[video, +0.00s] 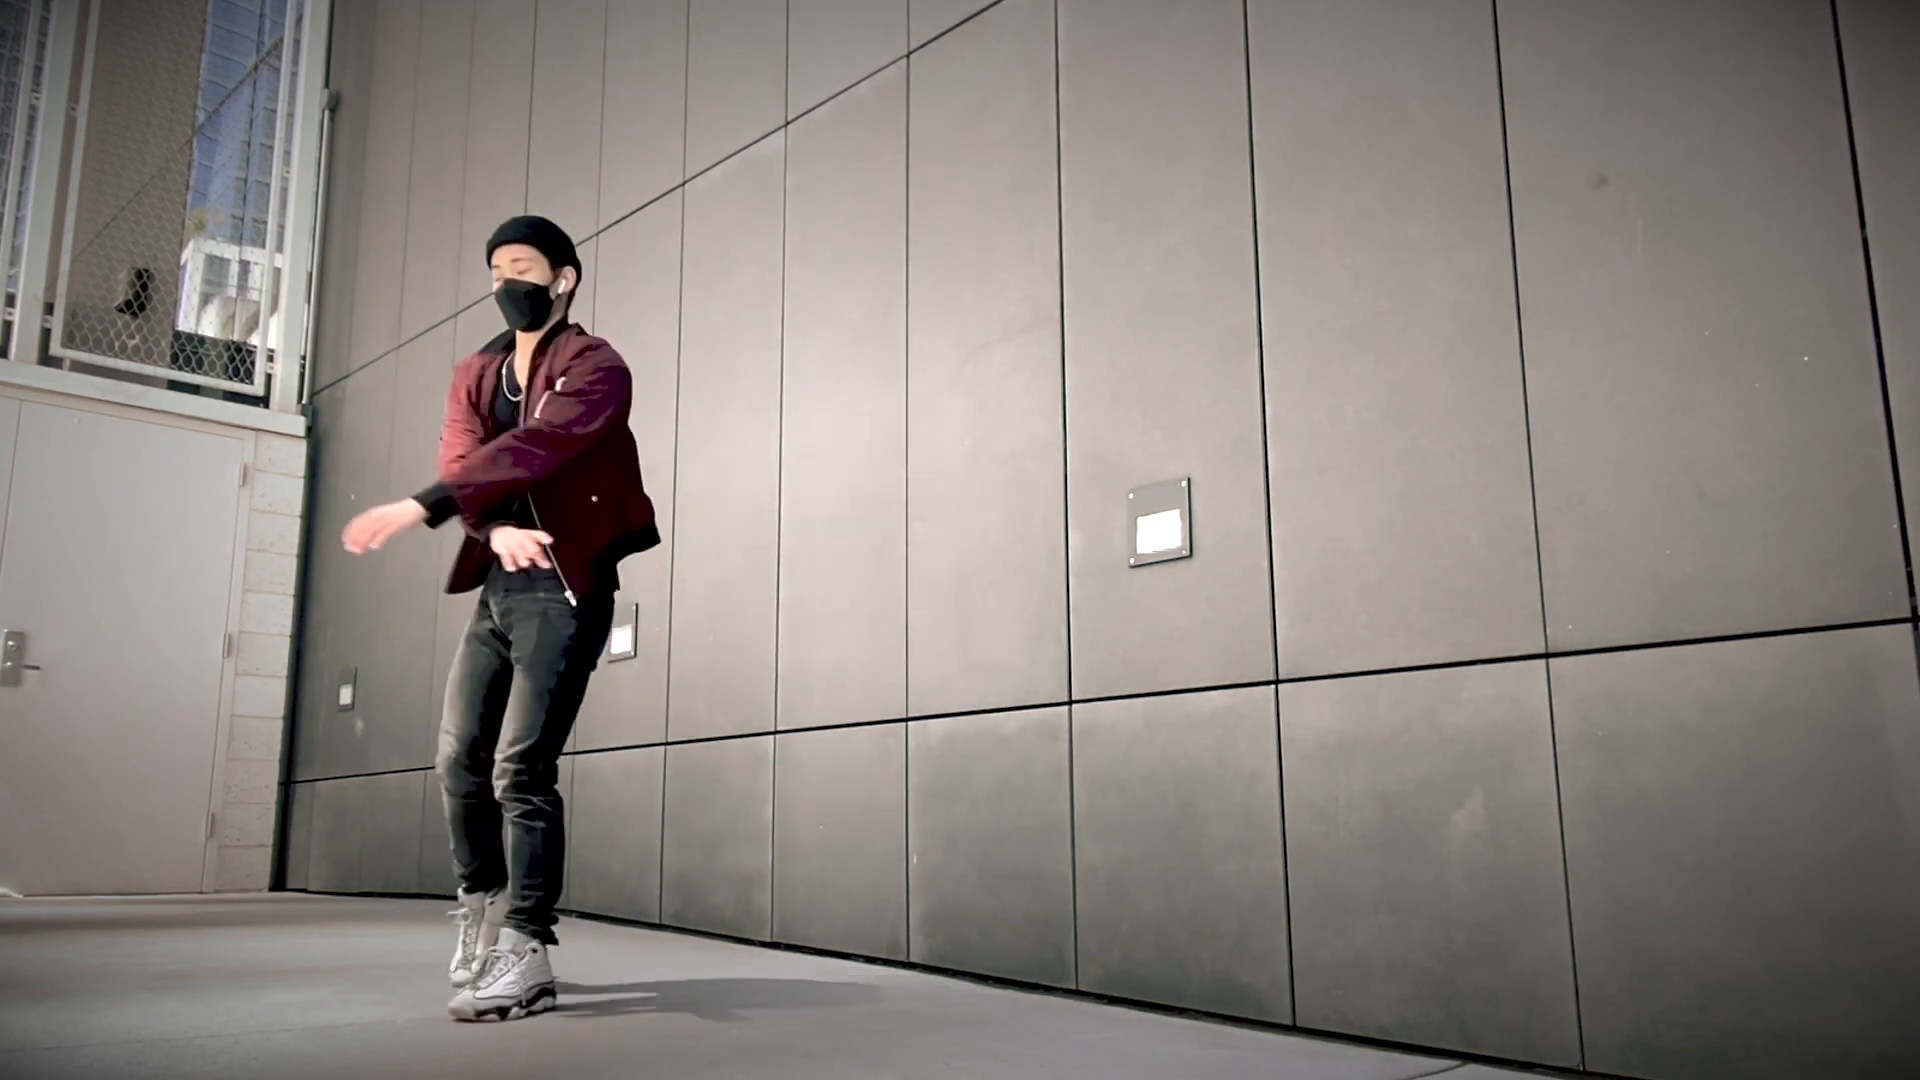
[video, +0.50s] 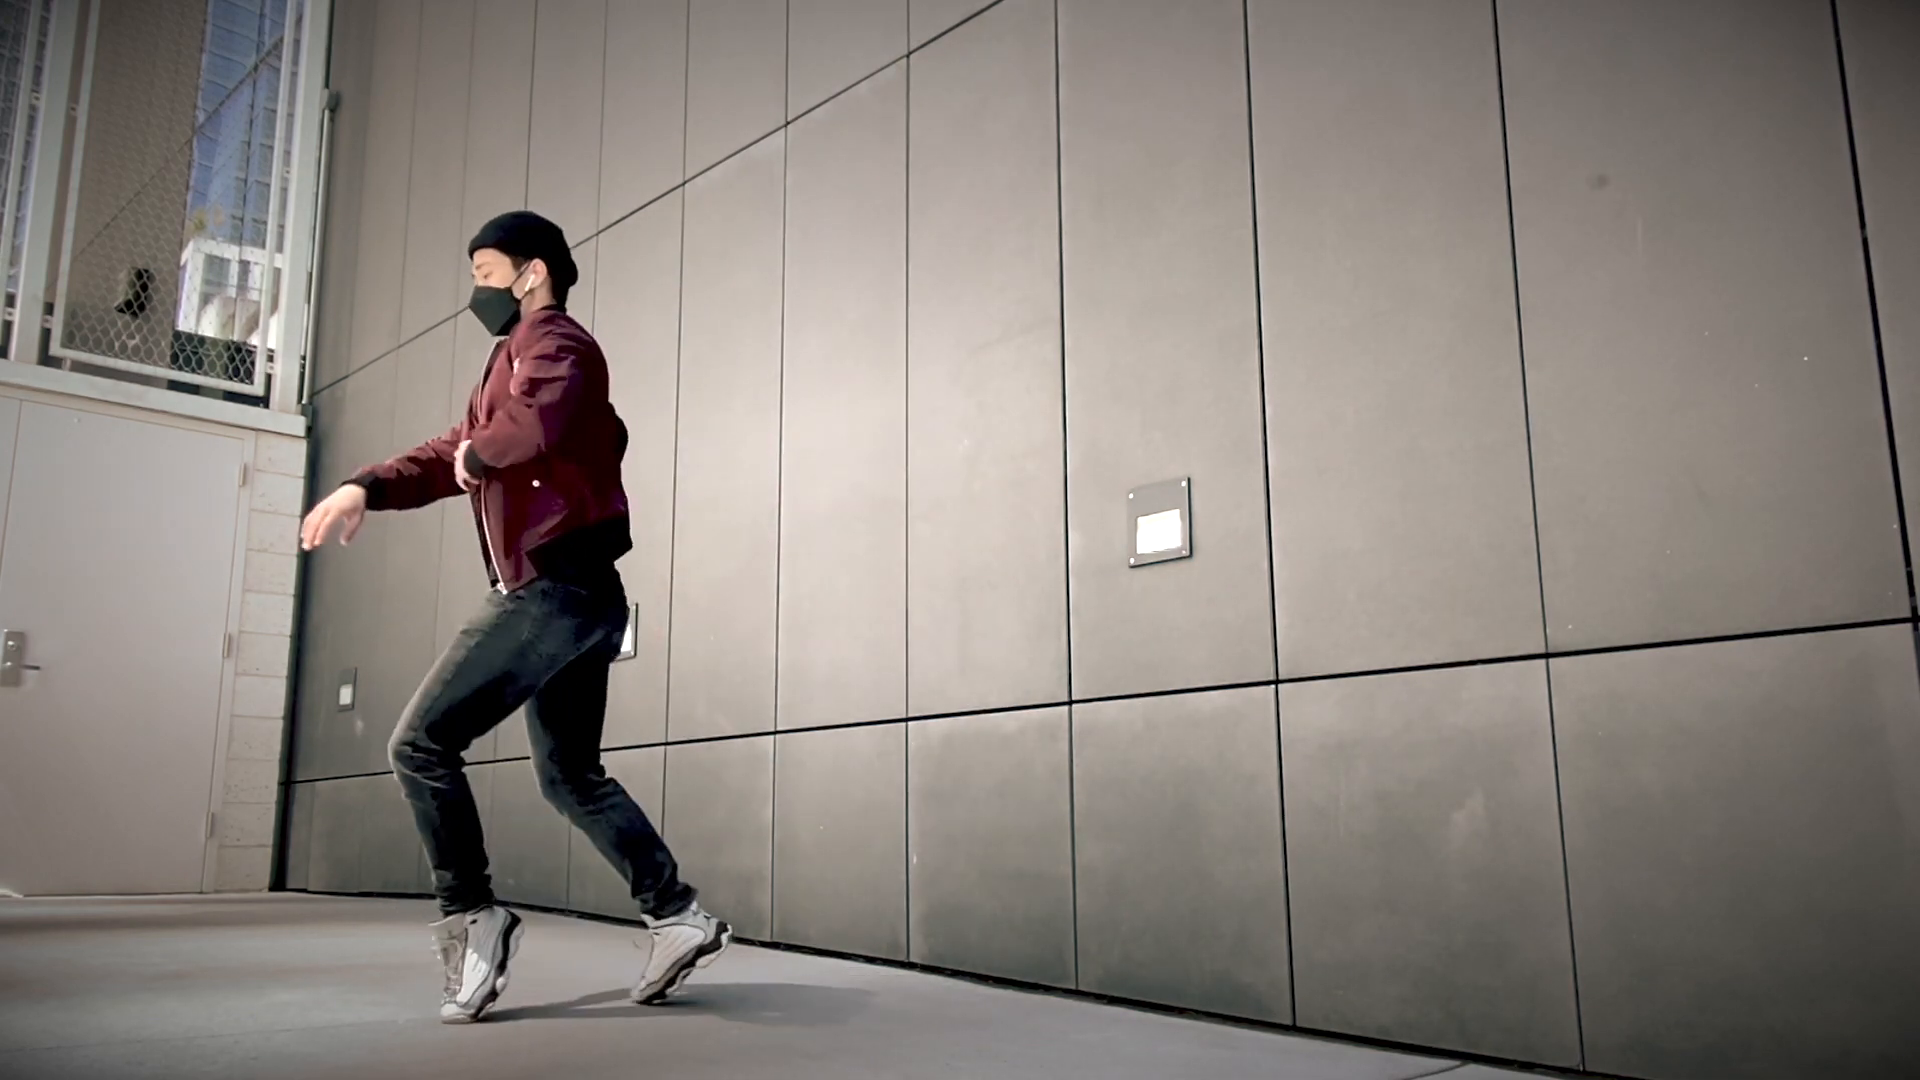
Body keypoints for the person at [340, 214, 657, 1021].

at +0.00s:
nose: (511, 281)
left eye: (527, 267)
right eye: (500, 270)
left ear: (567, 280)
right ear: (491, 286)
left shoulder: (598, 367)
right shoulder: (477, 371)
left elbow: (540, 447)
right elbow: (458, 465)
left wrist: (423, 504)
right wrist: (496, 527)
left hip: (564, 589)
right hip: (496, 586)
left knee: (522, 769)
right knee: (461, 764)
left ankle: (528, 951)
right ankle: (482, 912)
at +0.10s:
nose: (483, 279)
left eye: (497, 264)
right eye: (478, 269)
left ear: (546, 272)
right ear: (479, 282)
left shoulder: (576, 352)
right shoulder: (476, 373)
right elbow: (446, 459)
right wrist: (435, 518)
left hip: (566, 582)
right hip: (507, 586)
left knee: (488, 756)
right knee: (484, 757)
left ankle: (515, 939)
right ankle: (513, 923)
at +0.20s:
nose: (472, 283)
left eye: (483, 268)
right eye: (468, 272)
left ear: (534, 269)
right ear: (502, 278)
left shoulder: (560, 347)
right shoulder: (485, 369)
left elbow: (495, 441)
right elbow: (451, 455)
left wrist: (395, 454)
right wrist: (396, 511)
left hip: (557, 585)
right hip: (526, 585)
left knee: (463, 749)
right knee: (521, 749)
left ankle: (492, 928)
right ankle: (563, 910)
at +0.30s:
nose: (469, 283)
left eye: (480, 268)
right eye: (466, 272)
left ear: (531, 268)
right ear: (511, 274)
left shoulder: (549, 341)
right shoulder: (496, 364)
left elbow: (499, 441)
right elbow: (447, 462)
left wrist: (425, 441)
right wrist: (363, 507)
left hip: (550, 588)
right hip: (549, 587)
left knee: (441, 747)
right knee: (545, 765)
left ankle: (477, 924)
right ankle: (612, 916)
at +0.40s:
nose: (471, 288)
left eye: (482, 273)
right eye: (469, 277)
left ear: (531, 271)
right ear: (516, 281)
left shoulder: (549, 340)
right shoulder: (497, 366)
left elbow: (512, 441)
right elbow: (443, 464)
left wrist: (447, 444)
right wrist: (355, 498)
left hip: (550, 592)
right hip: (565, 592)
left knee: (425, 747)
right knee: (565, 773)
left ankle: (474, 921)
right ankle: (654, 918)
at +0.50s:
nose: (475, 289)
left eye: (485, 273)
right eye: (474, 276)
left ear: (533, 274)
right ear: (526, 279)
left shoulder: (553, 338)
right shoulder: (512, 362)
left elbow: (537, 424)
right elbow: (452, 455)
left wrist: (472, 456)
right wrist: (362, 489)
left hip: (552, 593)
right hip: (576, 595)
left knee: (421, 747)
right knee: (572, 776)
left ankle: (474, 922)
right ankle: (679, 917)